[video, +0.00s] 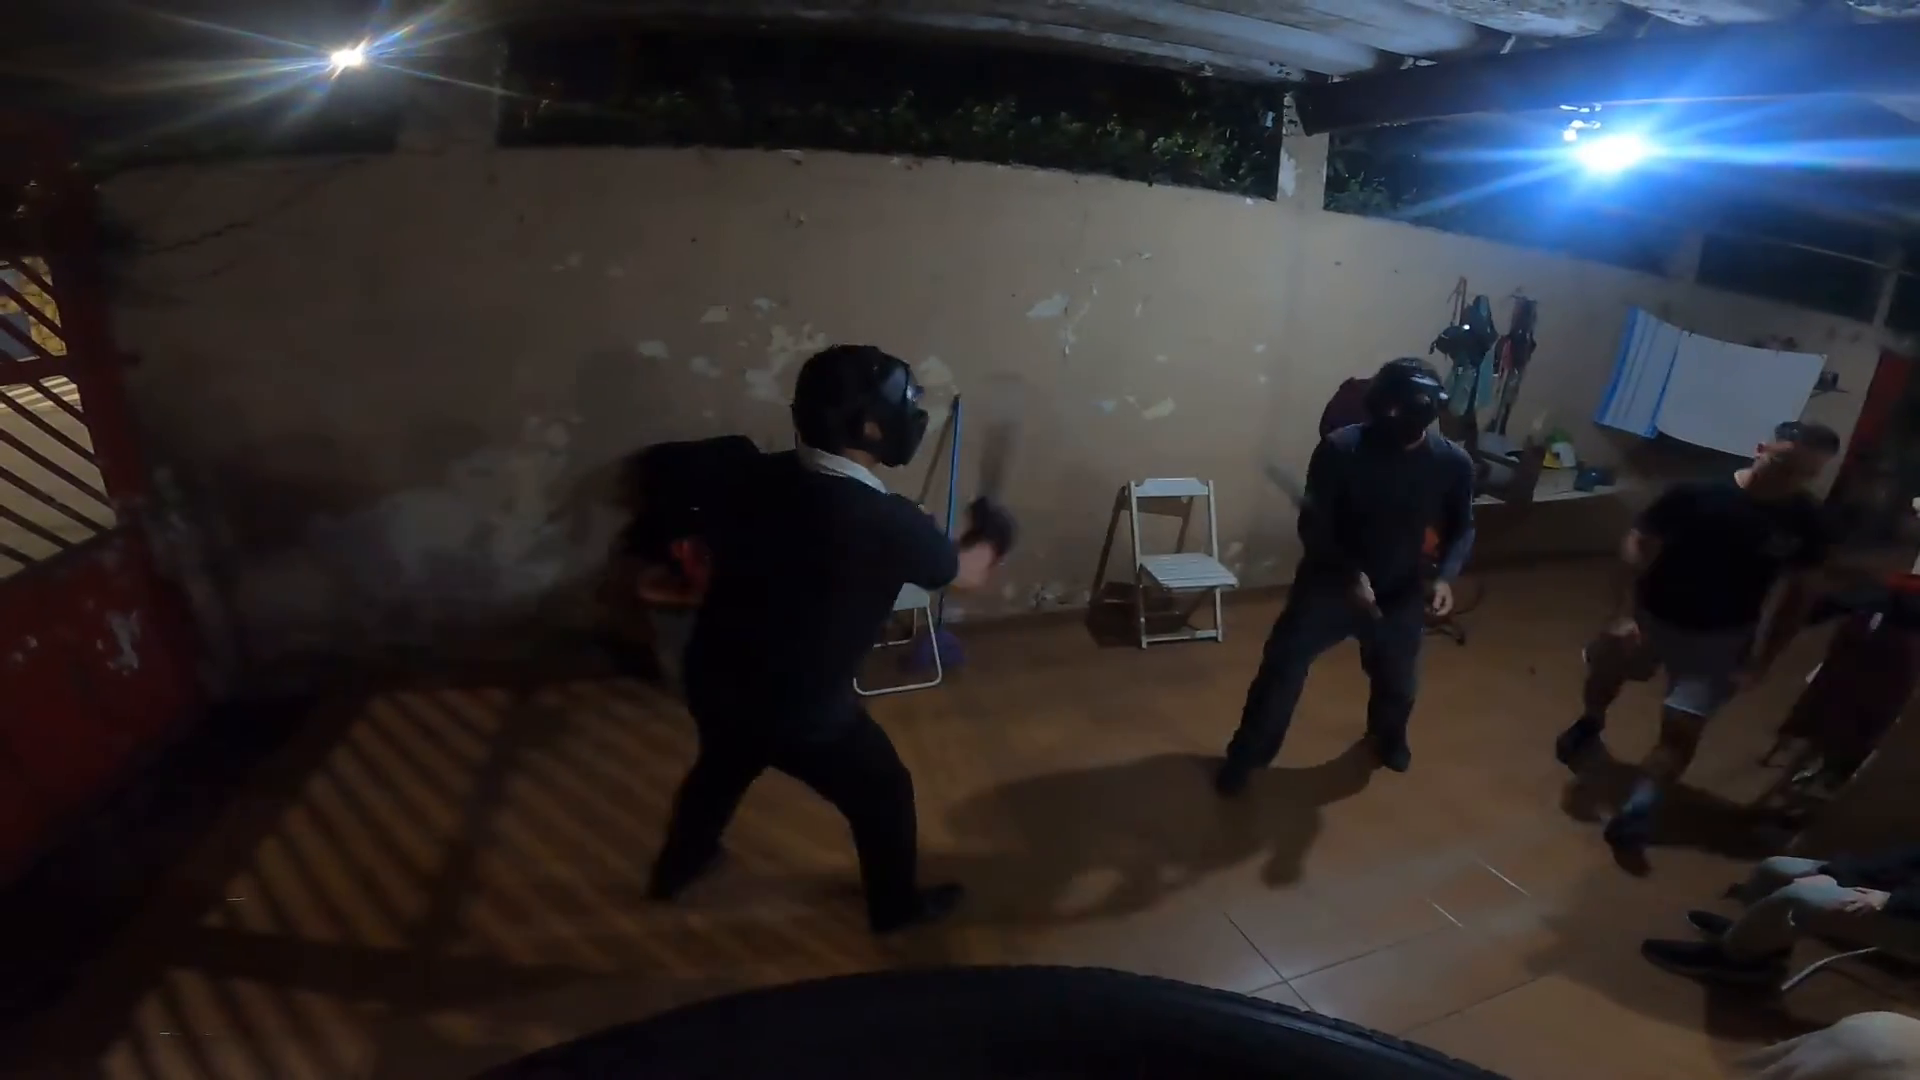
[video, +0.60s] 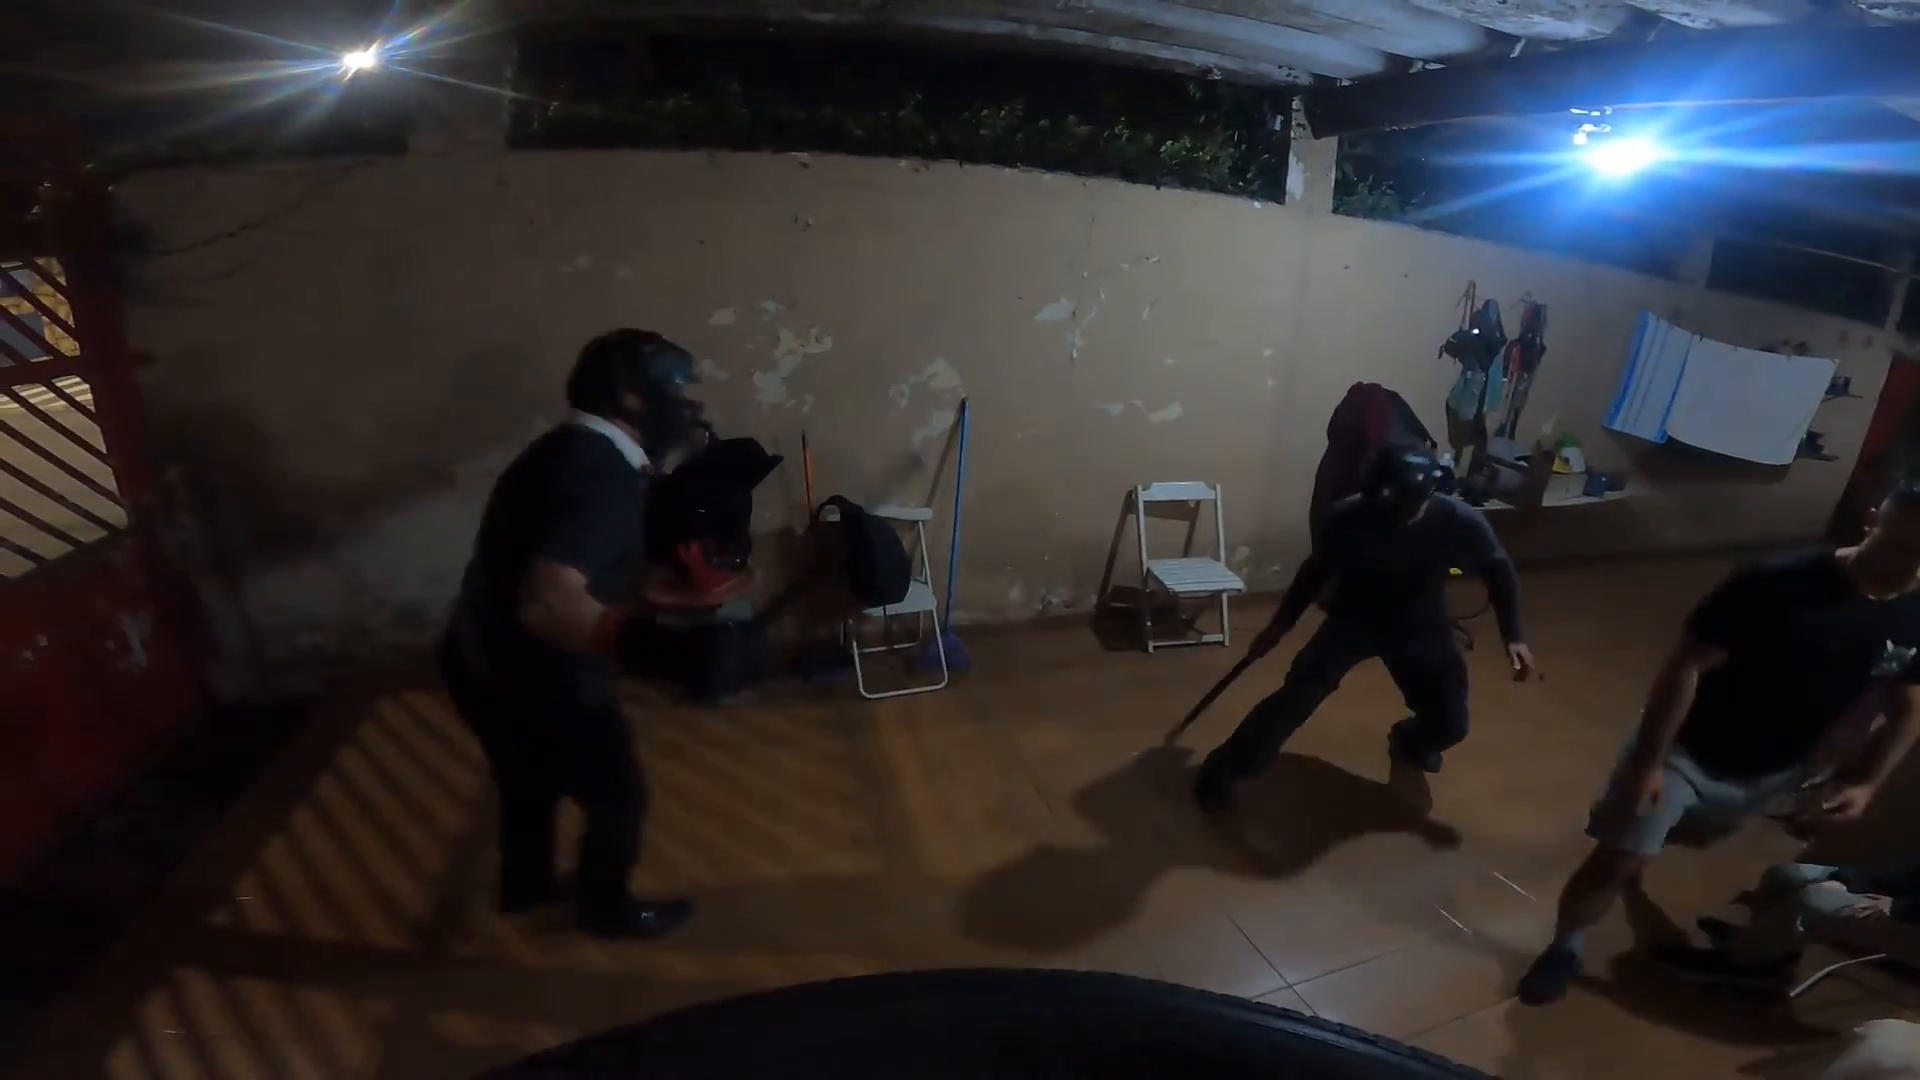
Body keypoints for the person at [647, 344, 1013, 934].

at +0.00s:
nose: (913, 415)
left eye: (909, 402)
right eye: (901, 405)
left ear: (807, 417)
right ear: (868, 429)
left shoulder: (755, 479)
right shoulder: (890, 522)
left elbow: (645, 474)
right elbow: (962, 570)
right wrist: (990, 539)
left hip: (717, 685)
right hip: (808, 711)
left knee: (723, 765)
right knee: (883, 792)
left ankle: (675, 866)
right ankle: (894, 905)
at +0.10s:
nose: (883, 418)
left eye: (879, 405)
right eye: (870, 408)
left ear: (781, 418)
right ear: (837, 430)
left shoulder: (730, 472)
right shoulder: (859, 529)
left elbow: (628, 476)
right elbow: (904, 631)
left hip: (709, 692)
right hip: (801, 715)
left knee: (696, 770)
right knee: (882, 790)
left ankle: (616, 871)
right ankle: (896, 905)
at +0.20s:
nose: (853, 420)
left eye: (849, 406)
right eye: (840, 409)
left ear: (749, 421)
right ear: (805, 431)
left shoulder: (697, 483)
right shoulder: (838, 534)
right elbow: (871, 654)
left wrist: (710, 595)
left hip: (693, 699)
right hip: (785, 718)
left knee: (673, 783)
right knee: (872, 793)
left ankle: (596, 886)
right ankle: (895, 907)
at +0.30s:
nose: (782, 435)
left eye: (778, 419)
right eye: (768, 423)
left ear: (682, 430)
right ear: (728, 440)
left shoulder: (640, 498)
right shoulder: (745, 543)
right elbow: (782, 675)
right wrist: (840, 687)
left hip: (637, 706)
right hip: (717, 723)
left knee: (648, 800)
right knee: (809, 814)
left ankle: (593, 906)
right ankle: (889, 900)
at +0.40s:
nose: (747, 455)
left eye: (744, 439)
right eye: (734, 440)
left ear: (677, 443)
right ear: (692, 447)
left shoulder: (611, 502)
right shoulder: (690, 529)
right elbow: (714, 670)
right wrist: (795, 695)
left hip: (599, 705)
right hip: (669, 718)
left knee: (649, 790)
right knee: (761, 813)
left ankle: (594, 906)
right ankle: (873, 901)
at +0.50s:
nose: (715, 438)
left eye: (715, 424)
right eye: (706, 424)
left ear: (655, 426)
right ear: (670, 429)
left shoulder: (594, 477)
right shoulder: (637, 496)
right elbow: (613, 626)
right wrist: (736, 688)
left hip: (528, 672)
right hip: (577, 680)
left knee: (605, 777)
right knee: (693, 779)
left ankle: (589, 895)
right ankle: (755, 890)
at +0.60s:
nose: (691, 406)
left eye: (688, 392)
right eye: (677, 392)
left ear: (620, 400)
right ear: (632, 400)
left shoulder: (557, 453)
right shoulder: (602, 471)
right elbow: (551, 600)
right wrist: (636, 638)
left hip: (484, 652)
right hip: (535, 660)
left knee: (527, 775)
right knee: (618, 783)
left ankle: (525, 888)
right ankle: (607, 905)